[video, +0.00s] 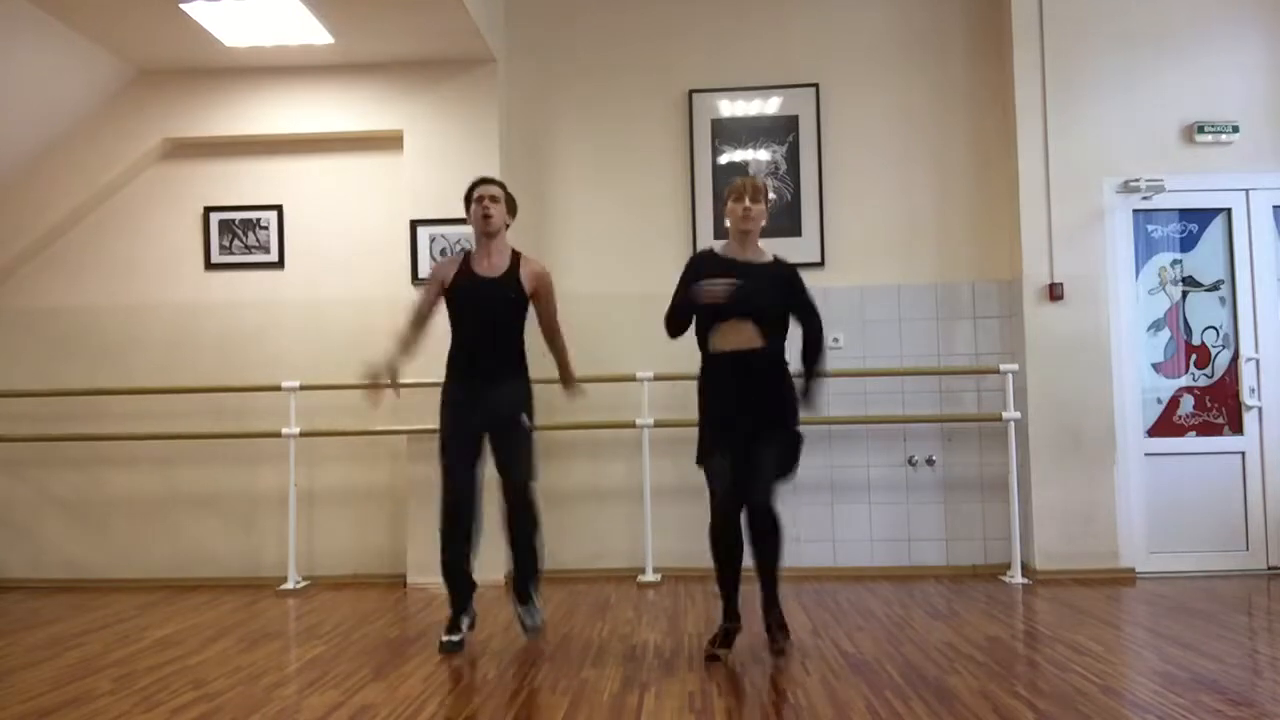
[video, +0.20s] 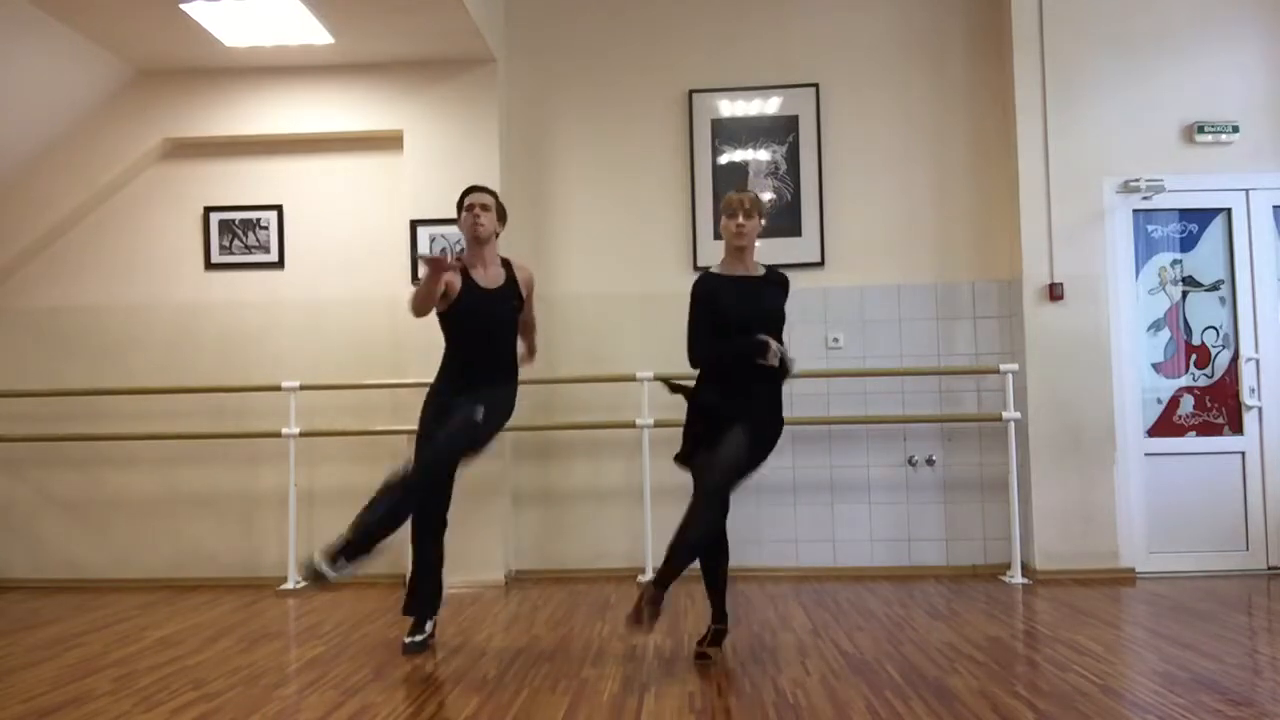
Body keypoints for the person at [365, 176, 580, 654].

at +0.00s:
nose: (485, 207)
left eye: (493, 201)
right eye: (477, 202)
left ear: (509, 214)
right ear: (468, 216)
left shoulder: (531, 273)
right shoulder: (448, 272)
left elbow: (551, 330)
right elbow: (417, 323)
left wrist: (567, 375)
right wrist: (392, 365)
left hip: (511, 396)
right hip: (461, 397)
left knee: (519, 496)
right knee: (457, 502)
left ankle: (525, 591)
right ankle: (460, 608)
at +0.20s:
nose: (476, 215)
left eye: (484, 209)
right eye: (469, 209)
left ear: (500, 223)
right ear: (459, 222)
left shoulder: (519, 275)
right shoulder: (448, 272)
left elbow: (527, 319)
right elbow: (419, 310)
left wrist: (529, 348)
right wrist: (434, 277)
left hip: (495, 390)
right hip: (449, 389)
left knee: (431, 464)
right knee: (431, 505)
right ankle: (424, 615)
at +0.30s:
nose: (473, 215)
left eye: (482, 209)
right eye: (466, 210)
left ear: (499, 223)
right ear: (457, 225)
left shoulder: (519, 274)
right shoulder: (445, 272)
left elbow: (525, 325)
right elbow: (418, 308)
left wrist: (531, 371)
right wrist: (447, 277)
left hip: (496, 384)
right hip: (449, 385)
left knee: (440, 436)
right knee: (428, 495)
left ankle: (380, 537)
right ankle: (420, 614)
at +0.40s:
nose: (472, 218)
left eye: (480, 213)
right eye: (465, 213)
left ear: (496, 227)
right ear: (455, 228)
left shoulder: (518, 280)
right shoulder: (438, 280)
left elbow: (530, 345)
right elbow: (411, 340)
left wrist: (552, 400)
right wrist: (435, 329)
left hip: (502, 385)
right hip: (452, 390)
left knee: (454, 419)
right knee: (427, 488)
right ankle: (414, 608)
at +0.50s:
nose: (470, 224)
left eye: (479, 218)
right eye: (464, 219)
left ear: (495, 233)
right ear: (454, 234)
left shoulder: (517, 289)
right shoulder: (435, 293)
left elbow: (532, 353)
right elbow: (419, 362)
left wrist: (576, 388)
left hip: (504, 399)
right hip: (456, 401)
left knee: (509, 456)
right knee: (426, 502)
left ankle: (522, 535)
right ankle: (409, 619)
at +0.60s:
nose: (471, 231)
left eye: (481, 225)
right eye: (465, 226)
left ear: (499, 240)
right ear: (458, 240)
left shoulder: (522, 291)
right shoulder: (440, 300)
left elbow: (573, 337)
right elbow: (430, 364)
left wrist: (602, 303)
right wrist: (425, 424)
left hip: (521, 417)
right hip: (470, 419)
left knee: (560, 501)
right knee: (432, 510)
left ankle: (590, 585)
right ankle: (413, 619)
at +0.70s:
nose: (491, 234)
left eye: (499, 227)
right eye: (484, 229)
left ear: (517, 240)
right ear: (476, 243)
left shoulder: (538, 272)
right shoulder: (474, 296)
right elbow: (452, 344)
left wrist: (594, 242)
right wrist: (434, 389)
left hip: (556, 415)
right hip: (507, 419)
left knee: (591, 513)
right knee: (464, 515)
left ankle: (622, 604)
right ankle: (420, 618)